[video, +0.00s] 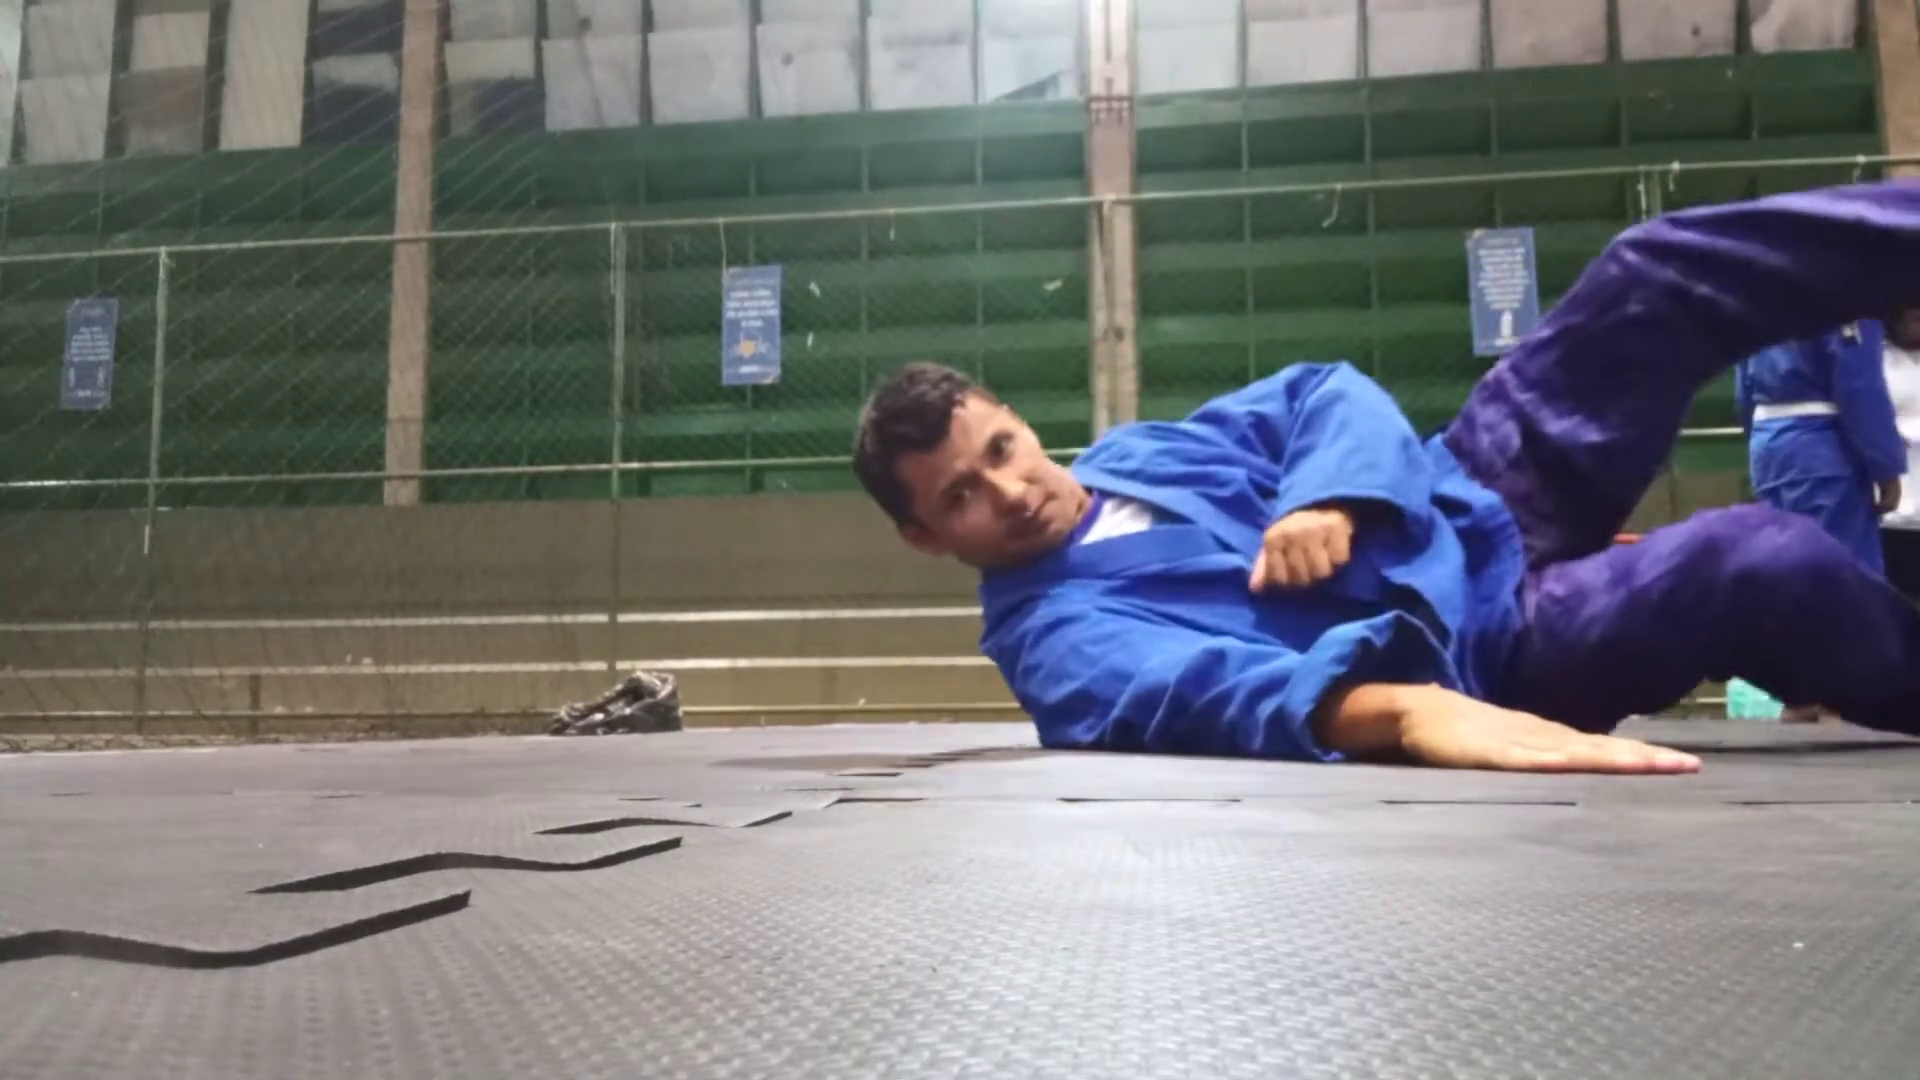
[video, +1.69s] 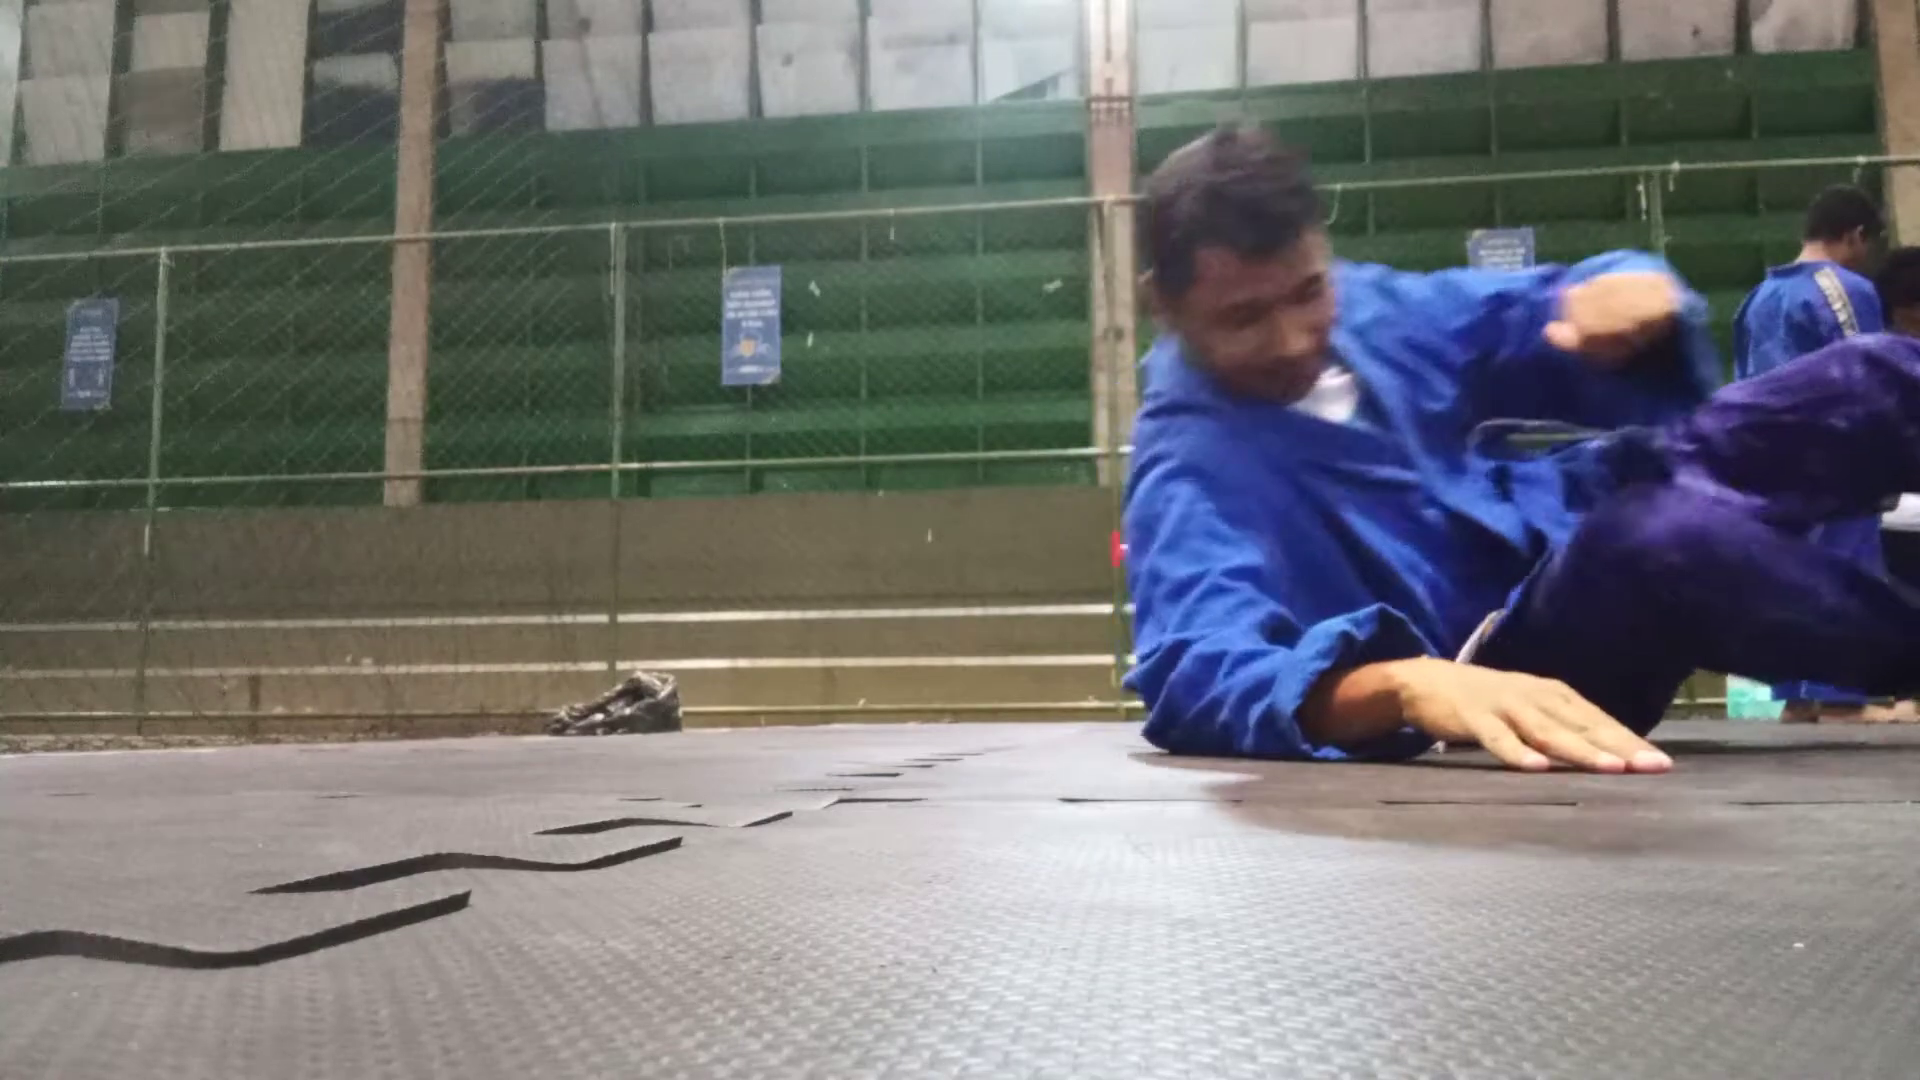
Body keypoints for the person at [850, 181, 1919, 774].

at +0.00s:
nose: (1012, 482)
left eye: (1004, 447)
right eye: (968, 492)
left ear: (1024, 426)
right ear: (928, 541)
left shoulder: (1127, 458)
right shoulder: (1068, 652)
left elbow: (1326, 391)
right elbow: (1267, 701)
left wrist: (1322, 496)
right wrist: (1432, 714)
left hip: (1469, 484)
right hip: (1487, 643)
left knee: (1660, 267)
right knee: (1762, 559)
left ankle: (1909, 230)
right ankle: (1903, 689)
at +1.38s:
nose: (1090, 425)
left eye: (1090, 388)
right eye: (1047, 422)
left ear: (1112, 360)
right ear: (998, 447)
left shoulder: (1187, 413)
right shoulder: (1079, 581)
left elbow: (1398, 379)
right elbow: (1183, 694)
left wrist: (1415, 396)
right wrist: (1390, 699)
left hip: (1521, 497)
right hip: (1487, 648)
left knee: (1784, 375)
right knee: (1737, 516)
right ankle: (1911, 638)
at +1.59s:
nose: (1230, 358)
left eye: (1241, 318)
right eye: (1185, 341)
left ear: (1263, 288)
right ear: (1112, 344)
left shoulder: (1302, 341)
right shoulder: (1150, 497)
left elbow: (1544, 383)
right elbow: (1195, 686)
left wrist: (1569, 323)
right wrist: (1400, 684)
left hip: (1571, 509)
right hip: (1506, 676)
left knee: (1862, 391)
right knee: (1680, 527)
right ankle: (1908, 630)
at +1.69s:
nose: (1292, 341)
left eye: (1307, 294)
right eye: (1243, 320)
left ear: (1323, 258)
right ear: (1168, 311)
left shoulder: (1365, 306)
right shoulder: (1186, 465)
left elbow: (1552, 315)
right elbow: (1195, 679)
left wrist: (1634, 297)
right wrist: (1406, 684)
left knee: (1869, 380)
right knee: (1666, 539)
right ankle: (1903, 645)